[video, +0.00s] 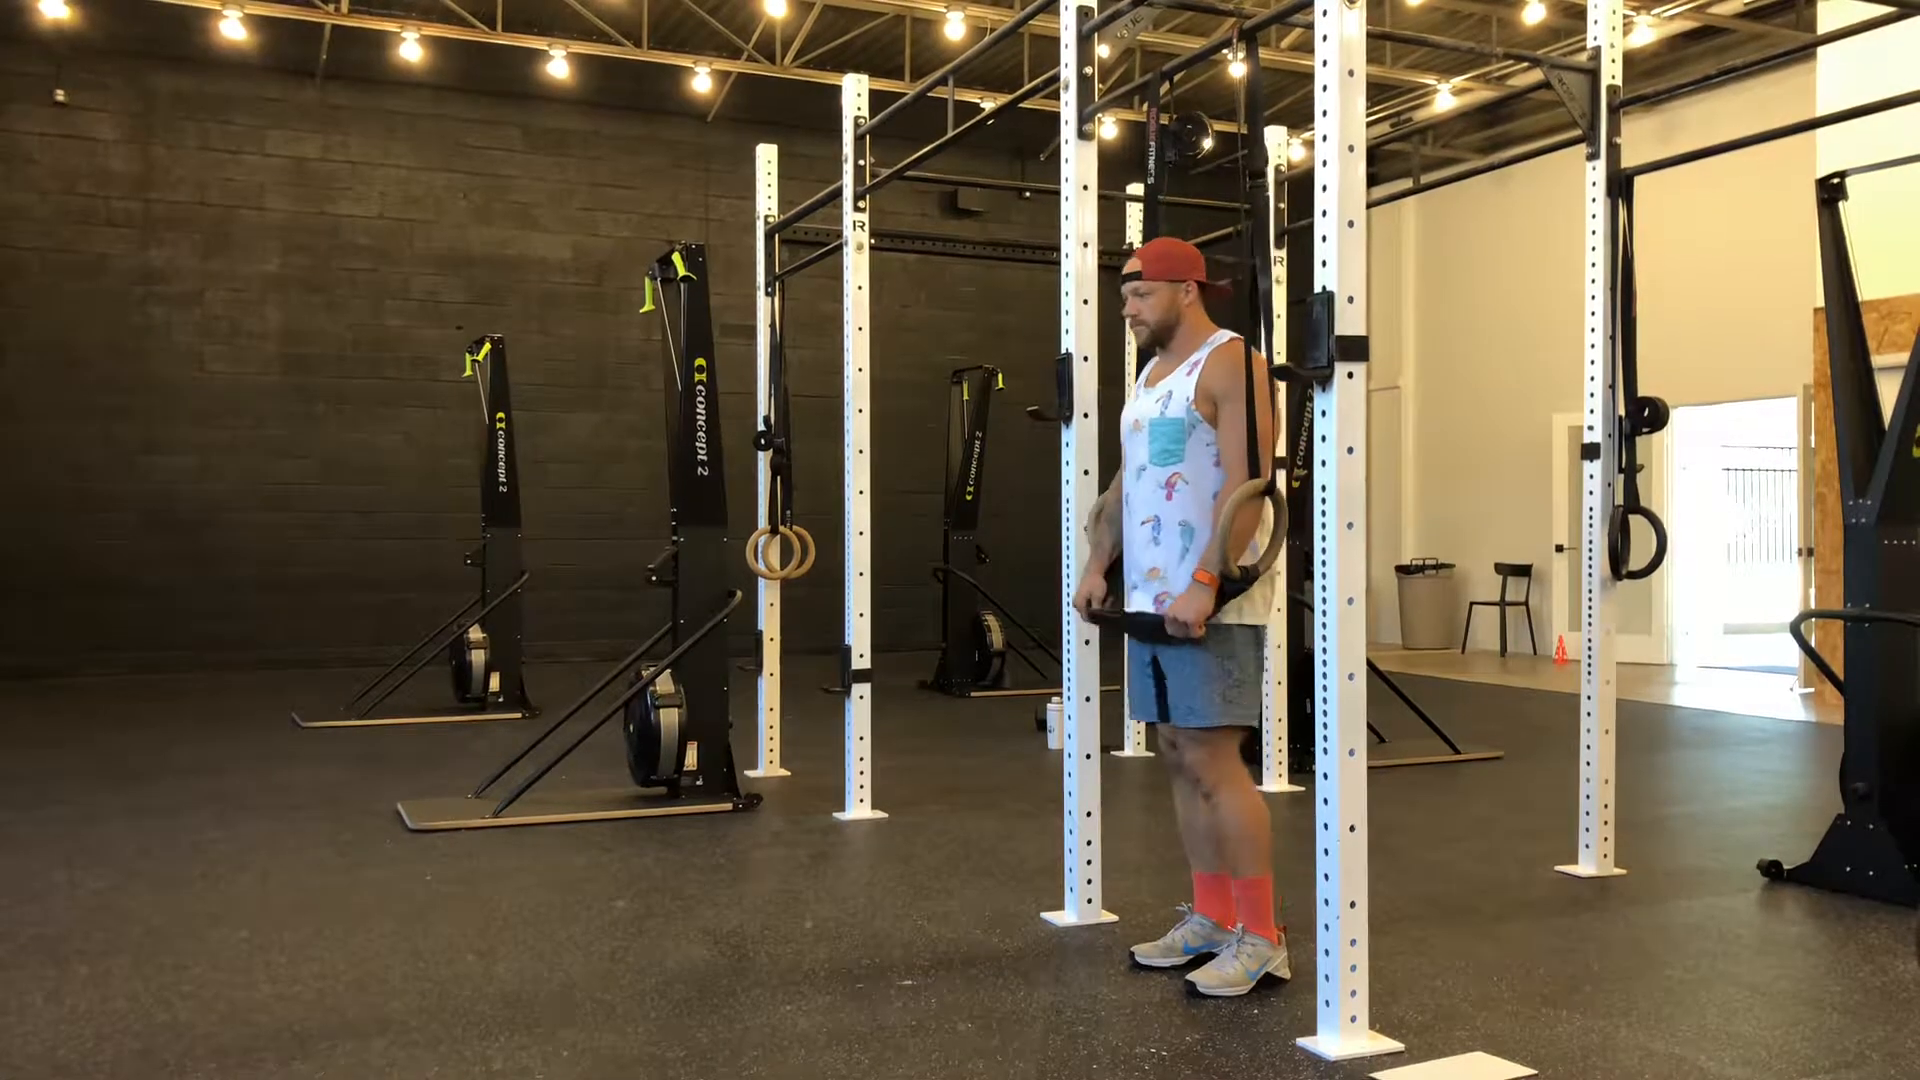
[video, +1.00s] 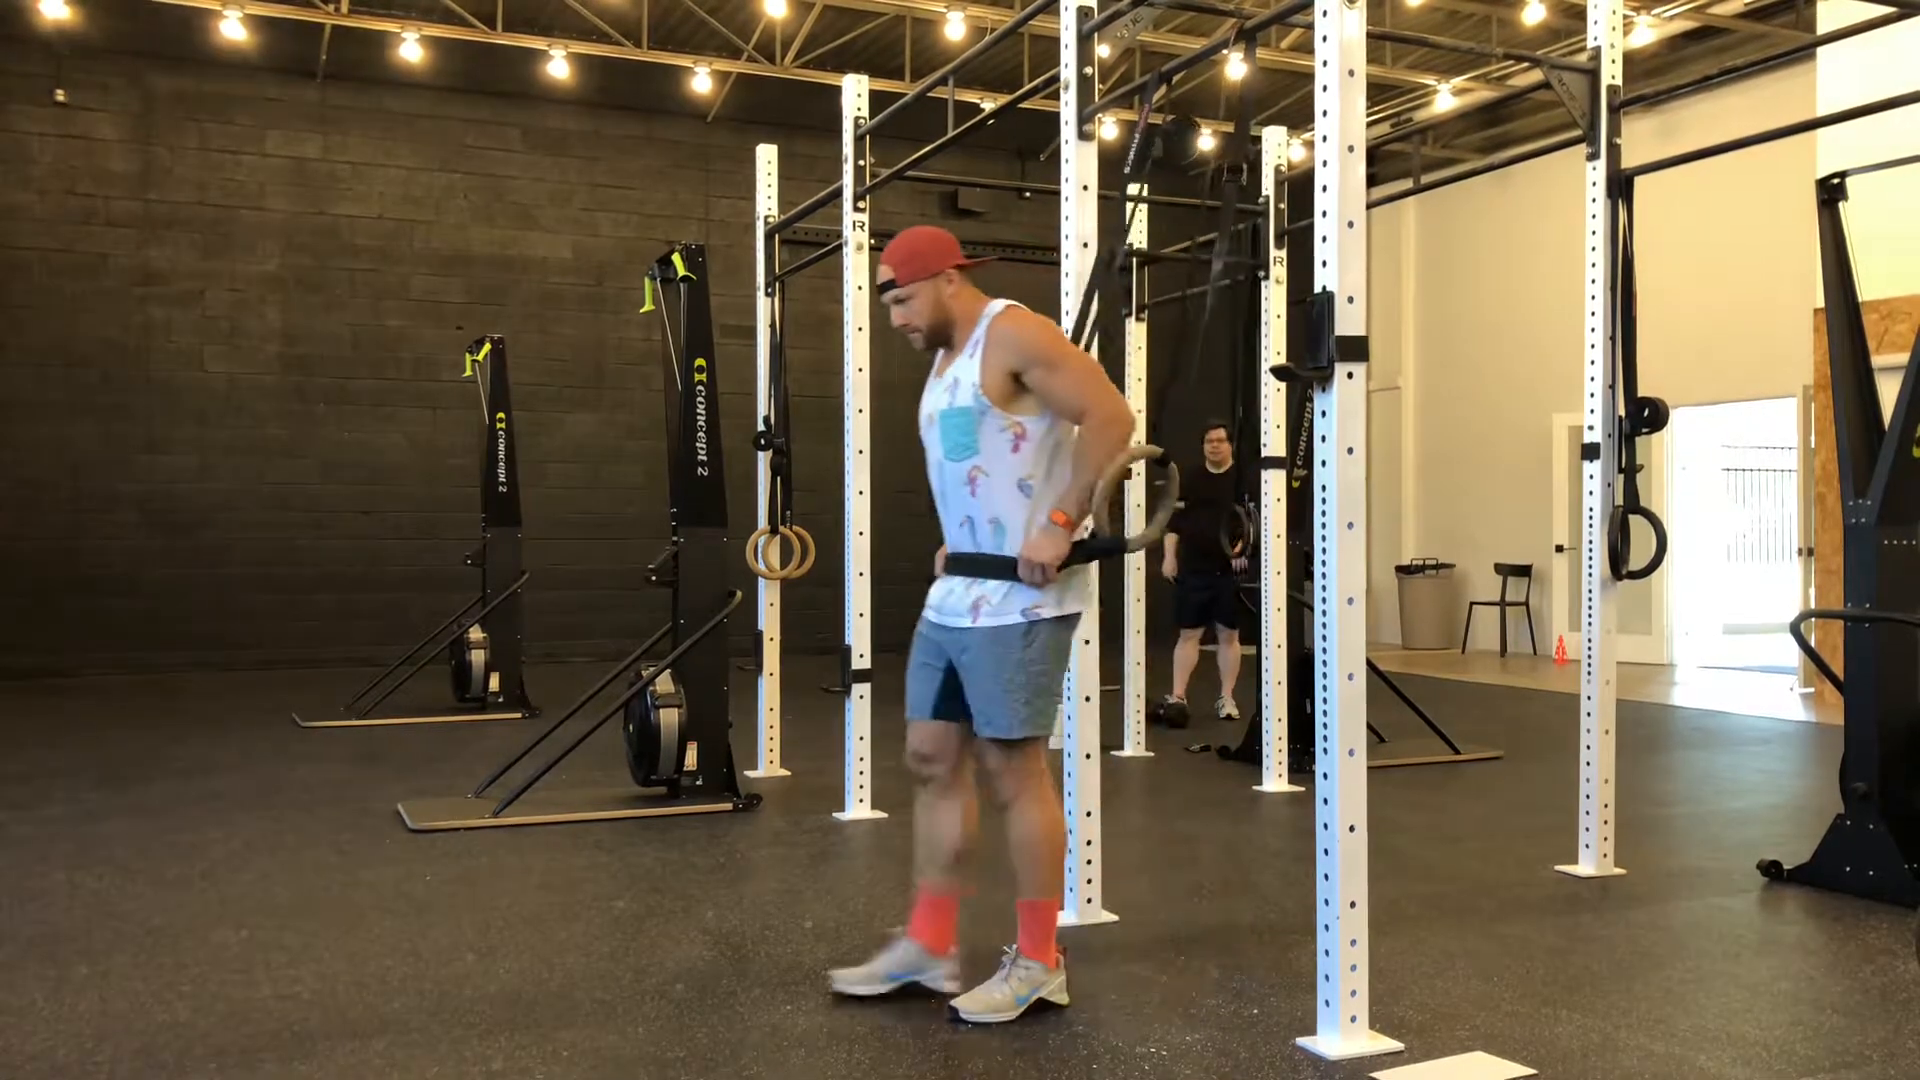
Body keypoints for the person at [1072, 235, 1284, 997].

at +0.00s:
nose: (1128, 301)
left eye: (1141, 288)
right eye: (1126, 289)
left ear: (1185, 292)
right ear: (1145, 299)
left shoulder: (1232, 364)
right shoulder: (1149, 375)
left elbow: (1249, 485)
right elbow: (1130, 481)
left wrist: (1208, 579)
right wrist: (1097, 559)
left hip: (1214, 601)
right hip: (1155, 600)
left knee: (1215, 762)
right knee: (1182, 760)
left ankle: (1261, 937)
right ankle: (1213, 921)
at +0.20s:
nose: (1107, 309)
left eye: (1118, 295)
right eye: (1104, 297)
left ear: (1163, 298)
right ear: (1124, 304)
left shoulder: (1210, 363)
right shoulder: (1131, 377)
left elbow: (1243, 480)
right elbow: (1110, 477)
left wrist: (1187, 565)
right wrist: (1076, 544)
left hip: (1197, 591)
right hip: (1149, 589)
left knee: (1133, 742)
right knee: (1187, 754)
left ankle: (1207, 919)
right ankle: (1219, 917)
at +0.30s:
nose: (1083, 313)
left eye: (1094, 298)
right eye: (1079, 301)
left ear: (1140, 299)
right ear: (1095, 309)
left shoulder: (1193, 368)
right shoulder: (1111, 380)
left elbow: (1232, 484)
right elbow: (1097, 475)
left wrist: (1173, 559)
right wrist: (1062, 536)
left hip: (1180, 596)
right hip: (1134, 595)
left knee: (1116, 750)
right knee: (1178, 759)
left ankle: (1113, 948)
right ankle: (1217, 924)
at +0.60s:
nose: (994, 320)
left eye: (1005, 305)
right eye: (991, 307)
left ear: (1055, 301)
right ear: (1029, 309)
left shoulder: (1115, 368)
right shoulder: (1034, 381)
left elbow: (1190, 465)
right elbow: (1048, 486)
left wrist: (1118, 542)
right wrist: (1011, 540)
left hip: (1098, 596)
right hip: (1056, 594)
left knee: (1030, 757)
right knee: (1094, 762)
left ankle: (1038, 959)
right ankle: (1193, 894)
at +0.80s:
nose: (942, 314)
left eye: (951, 296)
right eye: (938, 299)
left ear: (998, 286)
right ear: (981, 294)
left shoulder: (1067, 349)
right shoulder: (995, 365)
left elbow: (1150, 436)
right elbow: (1037, 469)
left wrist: (1087, 523)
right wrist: (992, 530)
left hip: (1057, 597)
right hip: (998, 591)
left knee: (1027, 764)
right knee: (975, 751)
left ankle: (1038, 964)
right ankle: (1109, 870)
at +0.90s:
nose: (914, 315)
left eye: (921, 297)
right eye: (909, 301)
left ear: (968, 283)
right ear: (951, 292)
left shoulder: (1038, 340)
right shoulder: (968, 362)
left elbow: (1130, 423)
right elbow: (1003, 471)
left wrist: (1074, 522)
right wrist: (970, 543)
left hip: (1034, 603)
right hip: (971, 596)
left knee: (1023, 767)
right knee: (940, 748)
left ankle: (1040, 960)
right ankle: (1005, 920)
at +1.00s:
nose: (893, 313)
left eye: (900, 294)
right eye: (888, 298)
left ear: (947, 280)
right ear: (930, 288)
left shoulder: (1016, 335)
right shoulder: (943, 367)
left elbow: (1111, 418)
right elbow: (983, 474)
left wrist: (1060, 521)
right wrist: (953, 554)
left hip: (1017, 602)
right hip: (955, 598)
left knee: (1017, 768)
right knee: (934, 757)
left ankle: (1036, 962)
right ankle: (929, 947)